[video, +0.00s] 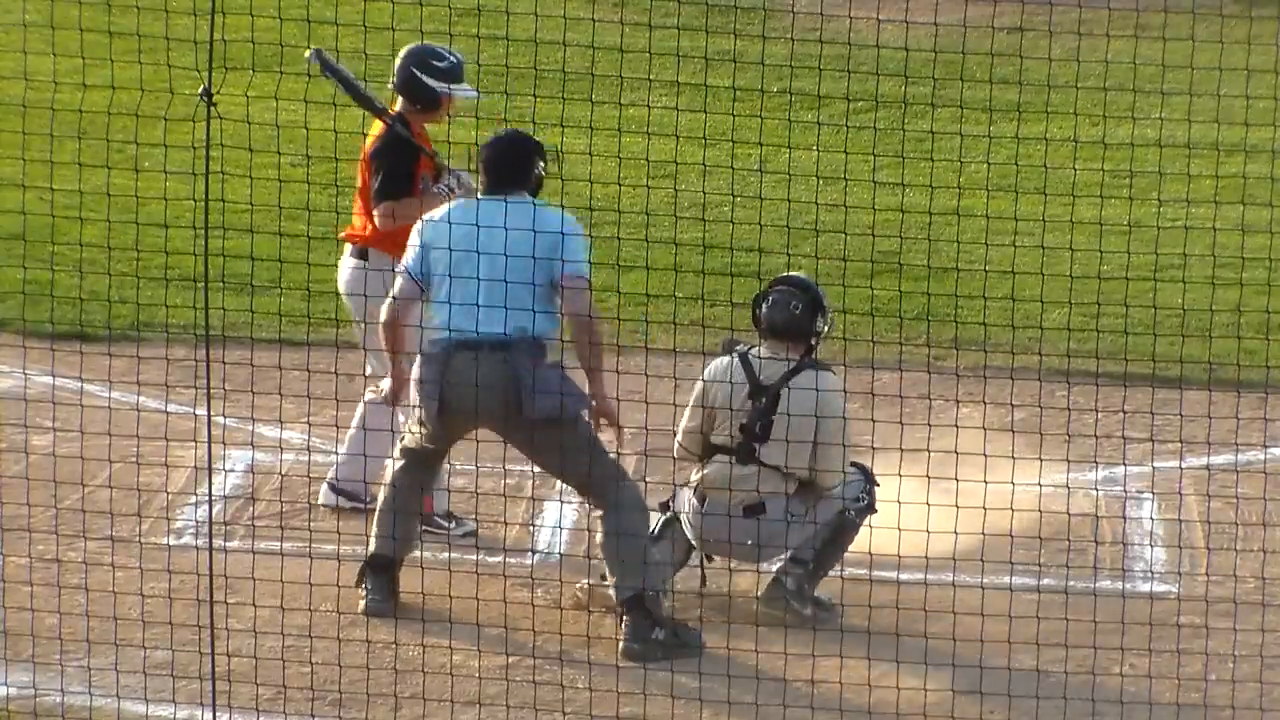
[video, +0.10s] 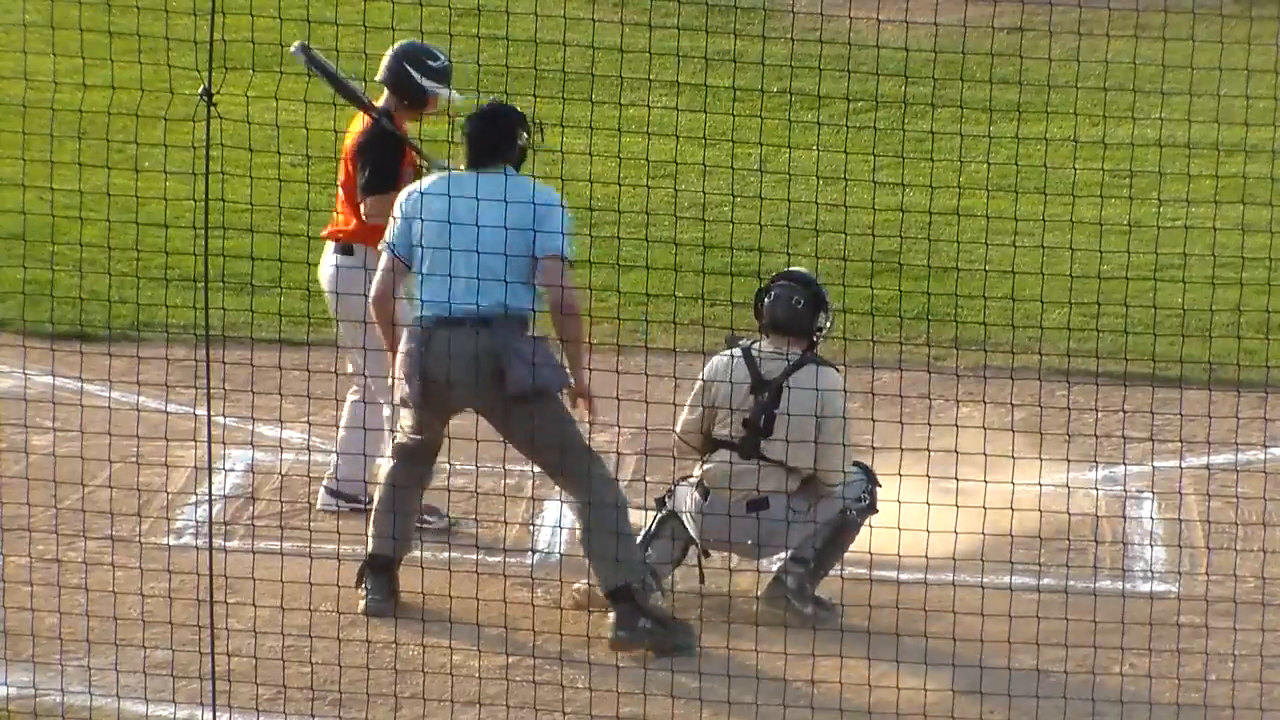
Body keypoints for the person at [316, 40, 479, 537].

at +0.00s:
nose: (453, 101)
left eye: (453, 91)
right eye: (449, 92)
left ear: (408, 89)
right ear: (429, 95)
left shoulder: (404, 132)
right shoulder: (394, 140)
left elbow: (402, 195)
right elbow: (386, 215)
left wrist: (444, 183)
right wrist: (440, 197)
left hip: (380, 269)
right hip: (375, 273)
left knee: (395, 378)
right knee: (412, 380)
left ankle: (349, 483)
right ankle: (428, 505)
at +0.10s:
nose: (435, 103)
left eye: (436, 94)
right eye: (432, 93)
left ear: (394, 85)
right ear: (414, 92)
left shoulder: (377, 123)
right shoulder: (379, 135)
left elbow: (390, 189)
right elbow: (373, 209)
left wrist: (419, 172)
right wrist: (425, 197)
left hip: (356, 260)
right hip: (361, 264)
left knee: (374, 377)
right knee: (394, 378)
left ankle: (345, 485)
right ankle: (405, 498)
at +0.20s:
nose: (419, 107)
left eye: (423, 97)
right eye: (418, 96)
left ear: (381, 81)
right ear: (400, 88)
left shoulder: (348, 118)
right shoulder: (367, 126)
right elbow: (360, 200)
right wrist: (413, 196)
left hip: (325, 258)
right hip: (347, 262)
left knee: (351, 377)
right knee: (382, 378)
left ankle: (339, 481)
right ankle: (349, 482)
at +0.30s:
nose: (402, 111)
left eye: (406, 102)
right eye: (402, 100)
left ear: (367, 83)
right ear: (387, 91)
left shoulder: (330, 116)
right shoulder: (358, 127)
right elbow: (353, 198)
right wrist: (408, 196)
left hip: (308, 257)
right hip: (340, 263)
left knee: (342, 379)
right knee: (368, 387)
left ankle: (348, 484)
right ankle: (305, 469)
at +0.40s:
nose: (389, 118)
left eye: (393, 109)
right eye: (390, 108)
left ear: (354, 88)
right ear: (376, 98)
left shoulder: (305, 117)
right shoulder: (353, 129)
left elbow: (267, 181)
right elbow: (350, 200)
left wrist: (239, 230)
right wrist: (395, 193)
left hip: (289, 261)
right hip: (327, 266)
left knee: (327, 376)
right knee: (331, 385)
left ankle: (345, 484)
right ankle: (270, 489)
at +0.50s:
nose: (384, 118)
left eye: (386, 110)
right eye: (384, 109)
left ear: (340, 92)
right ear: (369, 103)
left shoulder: (289, 119)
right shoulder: (346, 132)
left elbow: (234, 179)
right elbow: (351, 205)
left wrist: (191, 224)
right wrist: (404, 194)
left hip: (263, 263)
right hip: (304, 267)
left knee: (312, 372)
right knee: (303, 375)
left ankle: (335, 483)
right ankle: (262, 496)